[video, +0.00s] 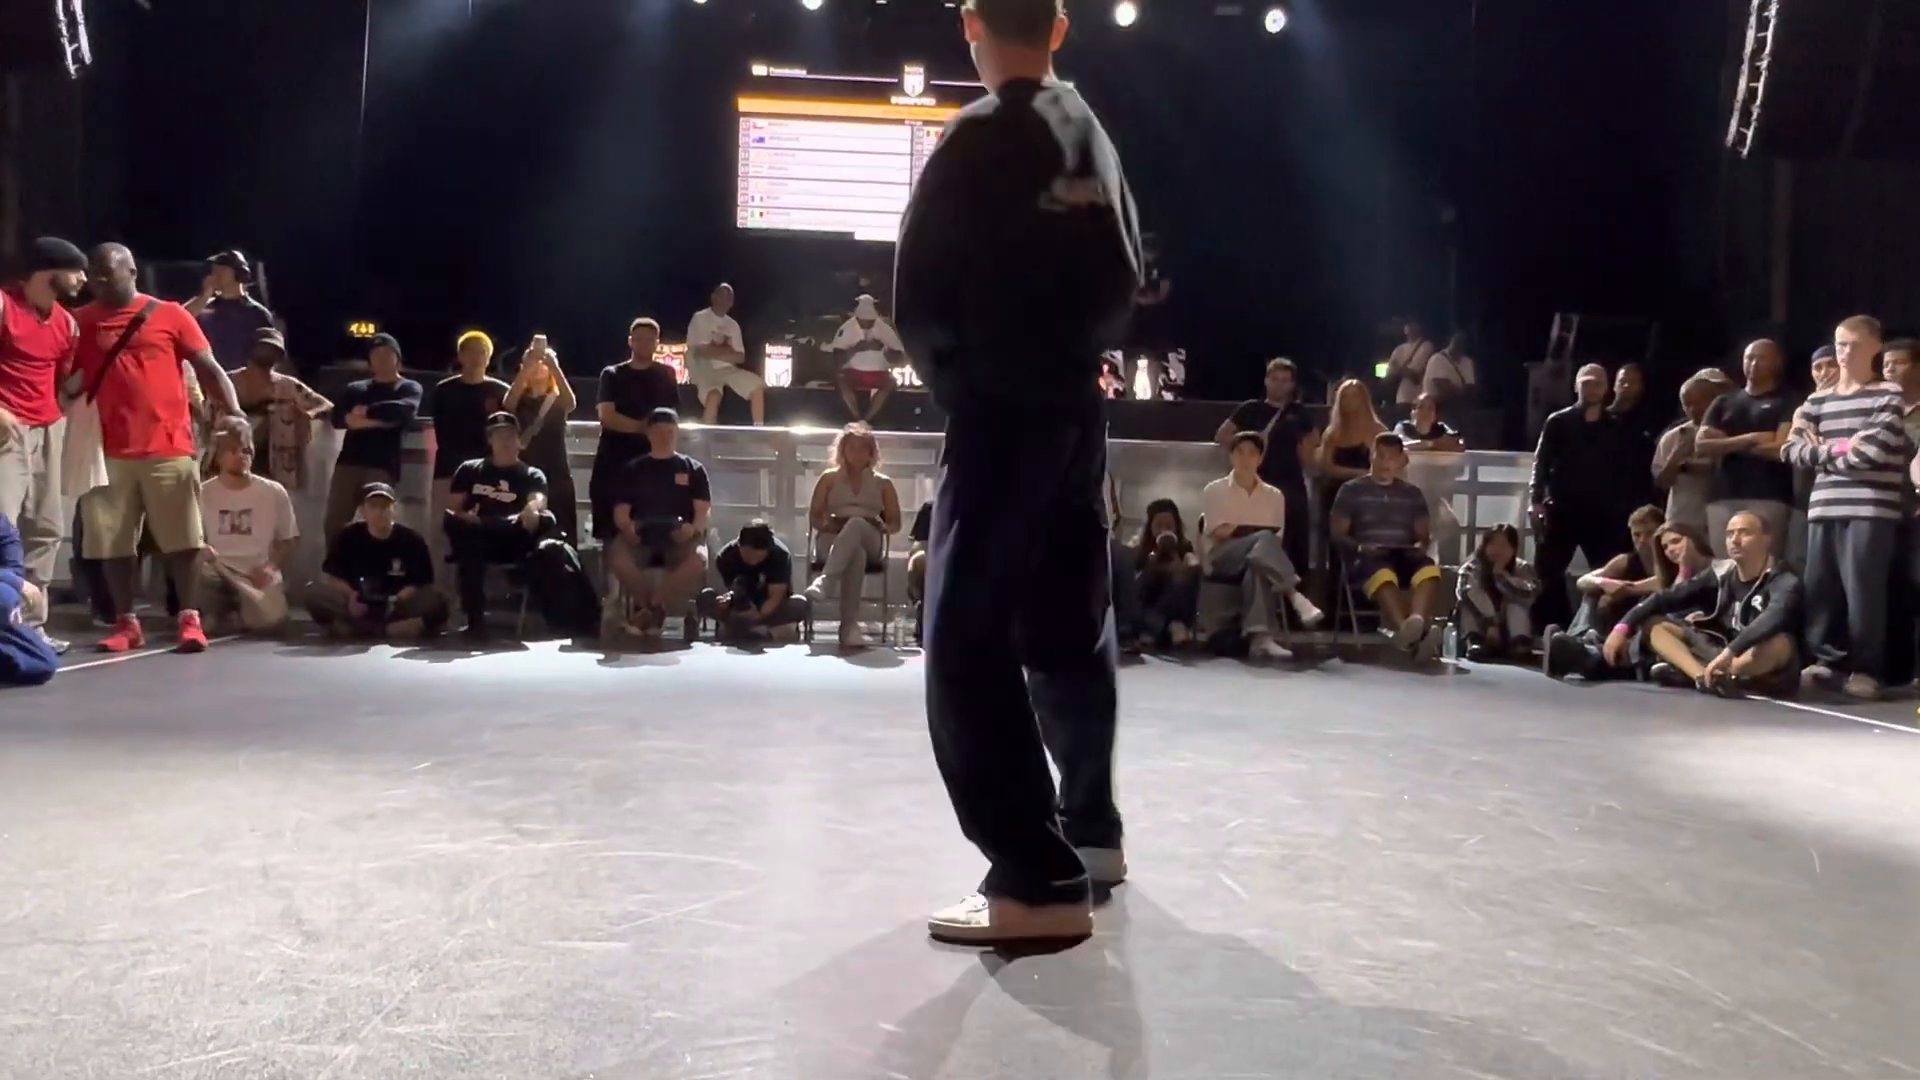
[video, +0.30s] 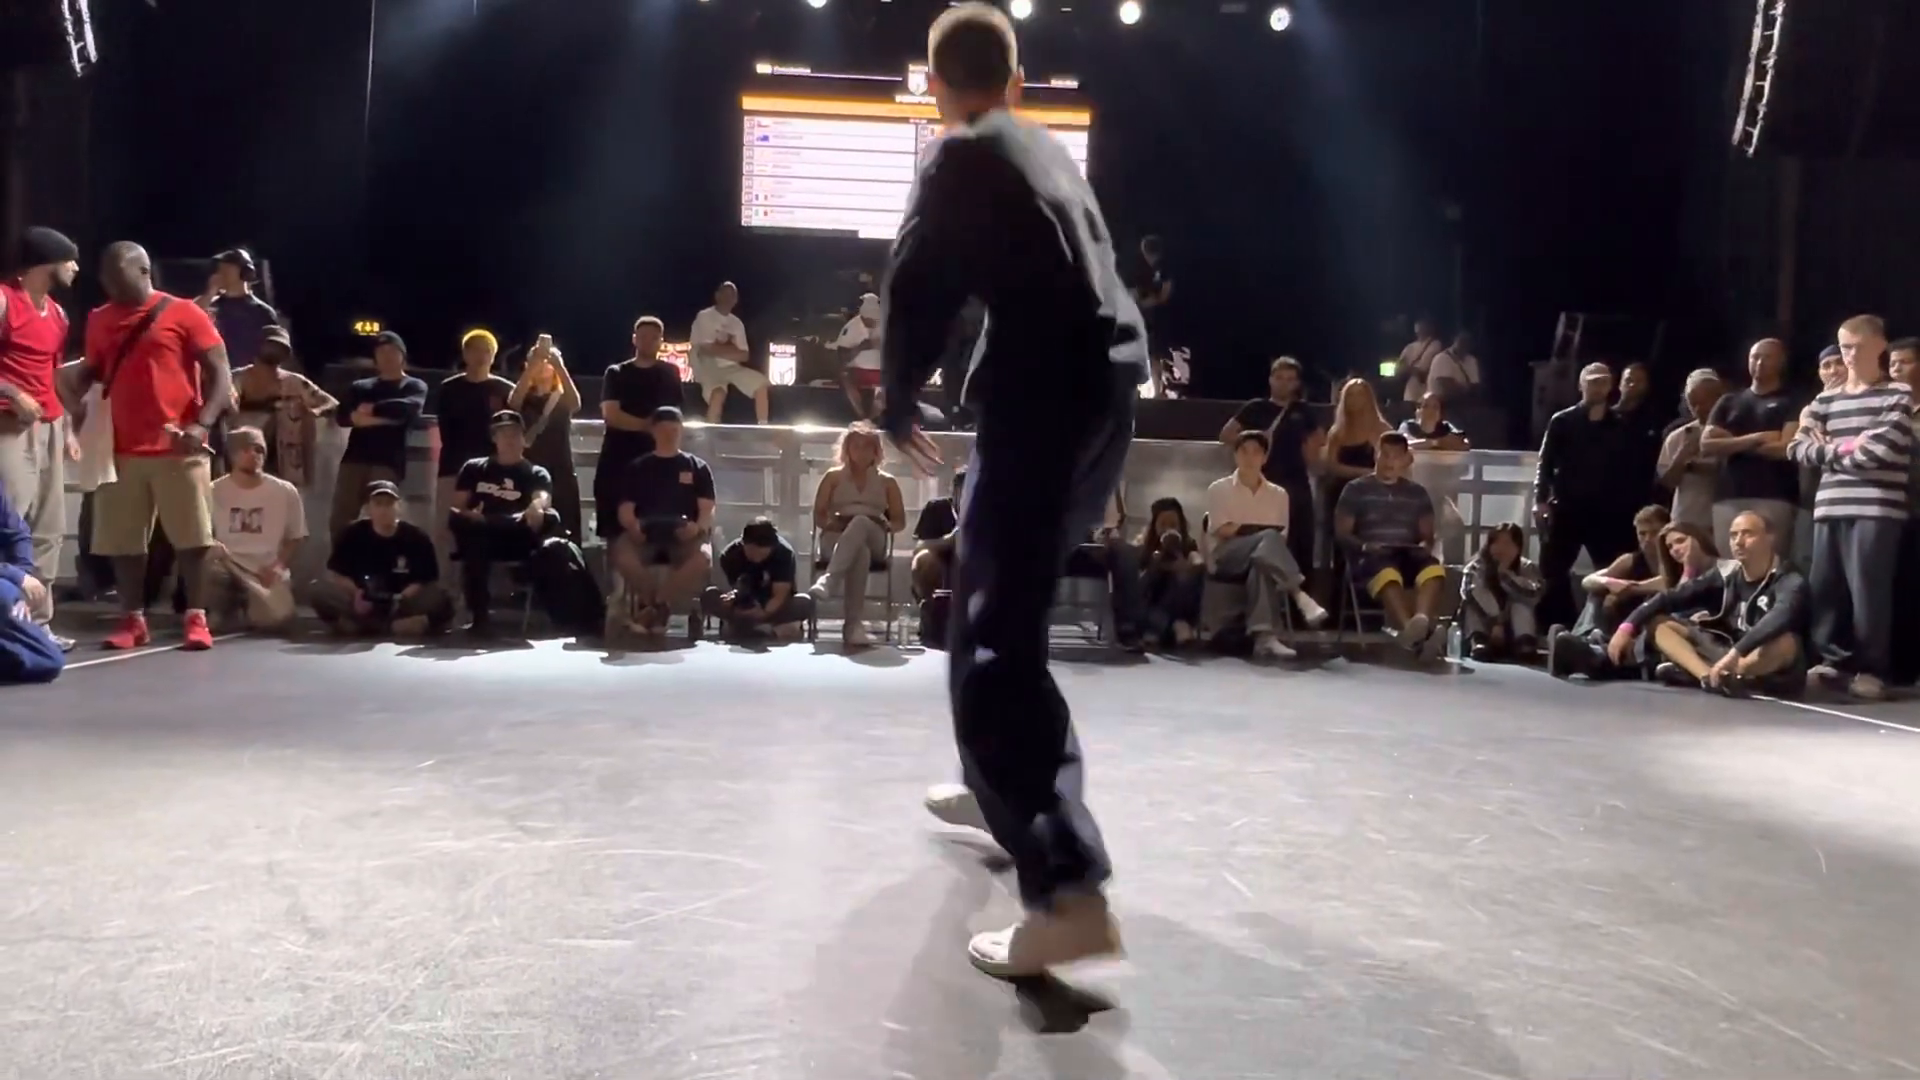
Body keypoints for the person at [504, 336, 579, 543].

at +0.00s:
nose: (539, 369)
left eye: (544, 364)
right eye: (533, 364)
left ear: (552, 370)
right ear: (523, 369)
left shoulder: (558, 398)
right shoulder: (517, 399)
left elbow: (570, 403)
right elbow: (508, 406)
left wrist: (554, 367)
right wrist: (526, 366)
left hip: (555, 468)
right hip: (524, 469)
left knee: (563, 530)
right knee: (525, 529)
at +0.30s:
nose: (544, 368)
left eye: (549, 363)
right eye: (538, 363)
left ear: (557, 368)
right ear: (528, 367)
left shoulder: (563, 396)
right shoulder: (522, 396)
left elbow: (575, 405)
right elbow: (513, 403)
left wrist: (559, 366)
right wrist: (533, 362)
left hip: (560, 466)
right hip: (529, 466)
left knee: (567, 528)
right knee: (528, 526)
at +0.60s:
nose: (545, 369)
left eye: (549, 364)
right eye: (539, 364)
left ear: (559, 366)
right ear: (532, 367)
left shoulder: (570, 394)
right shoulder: (524, 395)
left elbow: (577, 415)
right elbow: (514, 419)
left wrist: (565, 380)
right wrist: (533, 382)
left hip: (563, 468)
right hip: (532, 469)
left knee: (570, 527)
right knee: (532, 527)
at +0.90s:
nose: (547, 359)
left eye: (553, 353)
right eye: (542, 354)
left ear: (562, 359)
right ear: (535, 360)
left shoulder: (576, 393)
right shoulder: (526, 392)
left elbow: (579, 423)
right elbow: (523, 424)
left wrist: (564, 383)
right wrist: (538, 391)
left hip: (567, 463)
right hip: (536, 463)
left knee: (573, 521)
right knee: (537, 521)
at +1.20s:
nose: (553, 358)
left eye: (559, 353)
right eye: (548, 353)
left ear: (567, 357)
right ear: (541, 357)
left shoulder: (581, 389)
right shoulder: (530, 388)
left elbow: (587, 427)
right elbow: (528, 428)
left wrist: (570, 396)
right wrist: (547, 401)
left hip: (571, 459)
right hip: (541, 458)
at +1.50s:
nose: (558, 356)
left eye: (563, 351)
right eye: (553, 350)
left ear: (572, 355)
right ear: (545, 354)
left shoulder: (584, 386)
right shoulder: (535, 384)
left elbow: (592, 427)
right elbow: (532, 426)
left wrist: (574, 409)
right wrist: (553, 411)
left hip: (574, 454)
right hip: (544, 453)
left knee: (581, 513)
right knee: (543, 512)